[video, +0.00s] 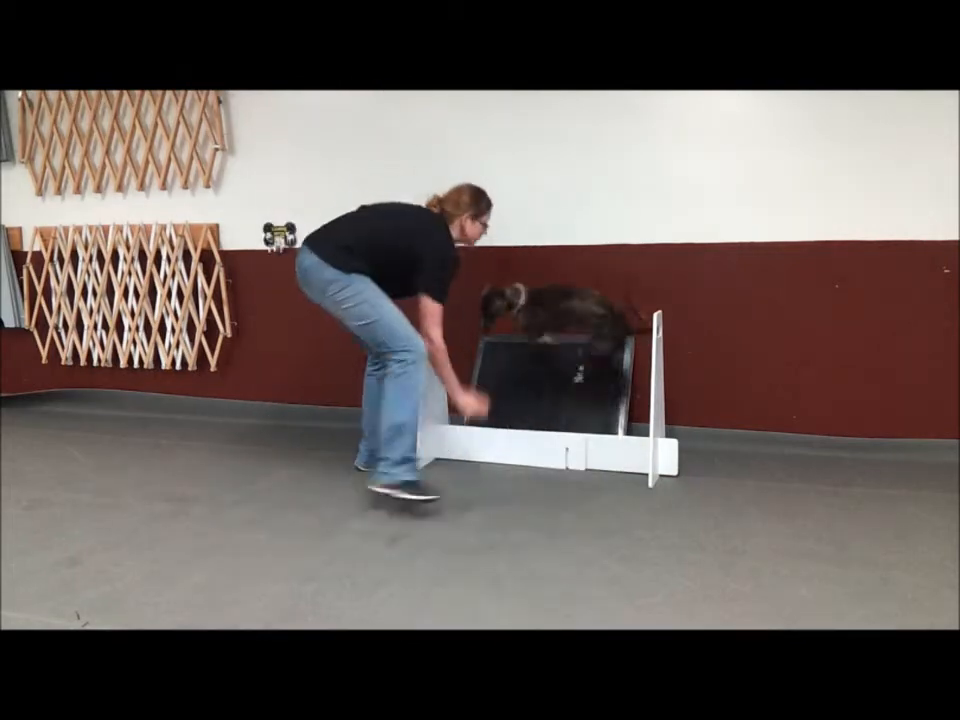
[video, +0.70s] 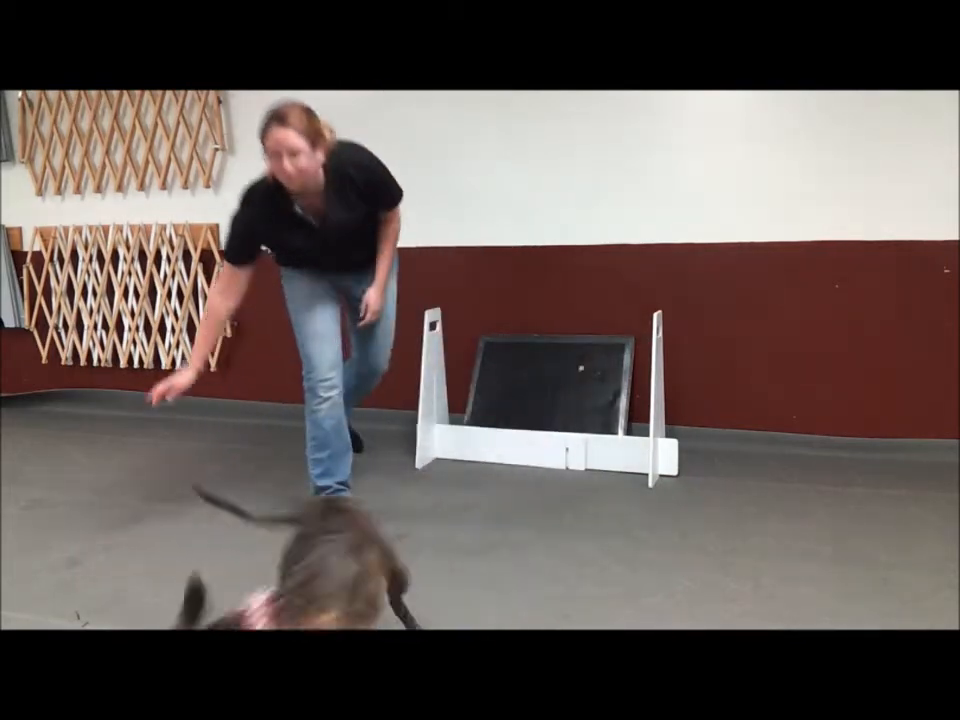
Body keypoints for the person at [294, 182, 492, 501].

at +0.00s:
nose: (483, 233)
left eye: (485, 226)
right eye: (482, 224)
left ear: (453, 212)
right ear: (465, 219)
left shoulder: (422, 224)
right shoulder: (438, 247)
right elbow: (431, 336)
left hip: (317, 262)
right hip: (334, 269)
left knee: (383, 356)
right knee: (407, 352)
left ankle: (373, 455)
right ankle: (394, 474)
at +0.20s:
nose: (474, 275)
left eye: (478, 267)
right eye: (470, 266)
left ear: (446, 253)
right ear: (445, 257)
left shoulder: (423, 240)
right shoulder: (417, 285)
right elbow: (426, 378)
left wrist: (374, 306)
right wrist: (441, 453)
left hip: (336, 271)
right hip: (308, 282)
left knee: (383, 347)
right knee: (364, 374)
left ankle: (375, 450)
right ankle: (338, 497)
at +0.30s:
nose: (446, 284)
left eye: (452, 276)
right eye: (438, 275)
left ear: (460, 267)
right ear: (414, 263)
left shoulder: (422, 242)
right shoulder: (386, 283)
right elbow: (388, 371)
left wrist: (364, 309)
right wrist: (393, 455)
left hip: (343, 273)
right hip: (301, 276)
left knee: (366, 370)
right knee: (340, 373)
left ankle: (365, 463)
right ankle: (336, 496)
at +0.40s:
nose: (409, 272)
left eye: (414, 263)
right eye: (398, 263)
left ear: (421, 252)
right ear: (373, 250)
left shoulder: (399, 239)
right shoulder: (345, 269)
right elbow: (337, 367)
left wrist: (369, 303)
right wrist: (326, 449)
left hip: (356, 280)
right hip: (300, 275)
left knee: (363, 365)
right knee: (326, 378)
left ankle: (368, 447)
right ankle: (333, 495)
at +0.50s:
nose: (358, 247)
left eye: (365, 238)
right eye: (348, 237)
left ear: (380, 230)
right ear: (328, 227)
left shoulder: (398, 220)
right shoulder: (304, 248)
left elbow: (387, 253)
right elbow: (288, 343)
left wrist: (375, 289)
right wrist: (260, 431)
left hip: (364, 287)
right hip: (318, 292)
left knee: (362, 364)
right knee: (330, 387)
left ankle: (363, 440)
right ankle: (334, 496)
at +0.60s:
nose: (314, 208)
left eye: (322, 197)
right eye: (304, 199)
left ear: (343, 186)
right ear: (292, 194)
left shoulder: (376, 195)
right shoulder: (283, 226)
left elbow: (392, 234)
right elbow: (249, 317)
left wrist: (377, 289)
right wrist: (213, 400)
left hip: (368, 277)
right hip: (311, 282)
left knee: (362, 368)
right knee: (328, 381)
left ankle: (339, 433)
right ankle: (333, 495)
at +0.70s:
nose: (285, 166)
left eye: (294, 154)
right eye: (275, 156)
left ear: (320, 151)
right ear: (265, 158)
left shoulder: (357, 166)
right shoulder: (259, 203)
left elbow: (390, 218)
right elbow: (226, 291)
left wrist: (378, 286)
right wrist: (192, 368)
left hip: (369, 268)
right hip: (306, 274)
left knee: (374, 364)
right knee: (325, 380)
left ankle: (334, 415)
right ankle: (332, 491)